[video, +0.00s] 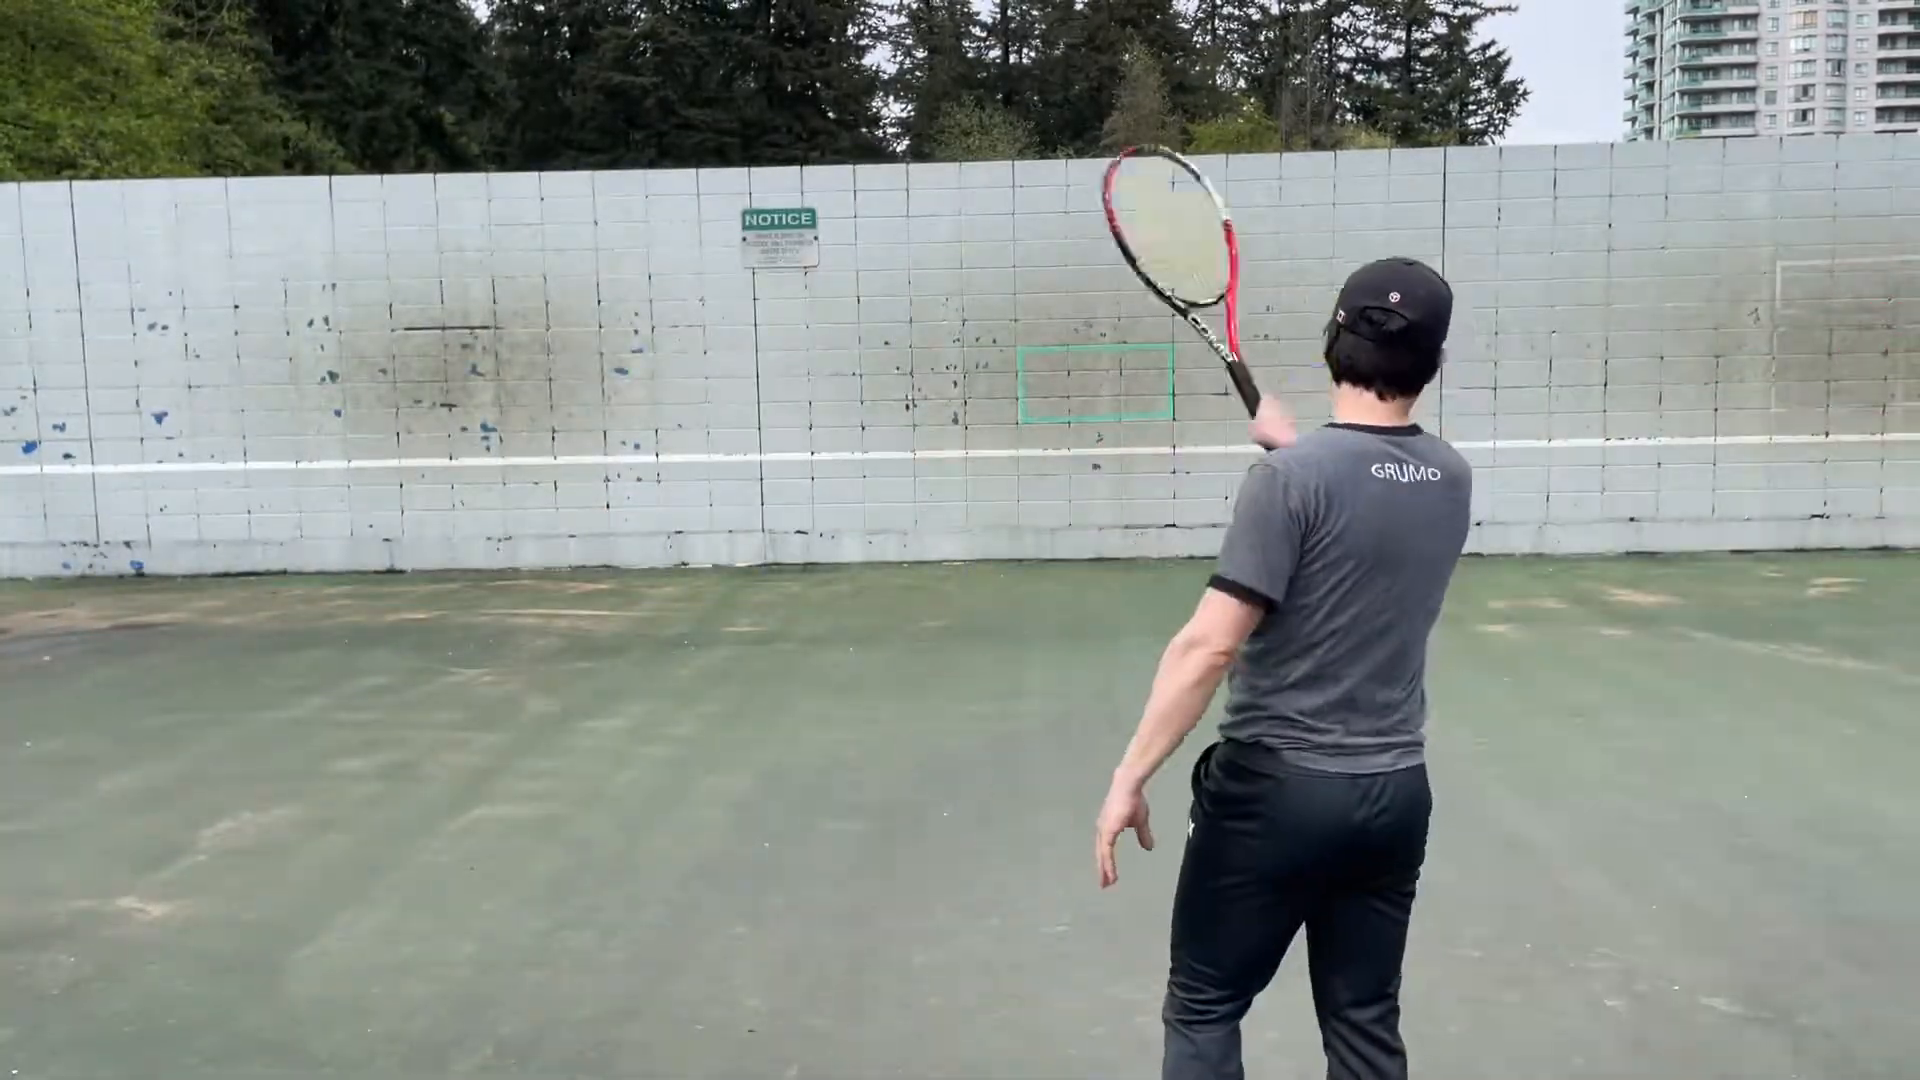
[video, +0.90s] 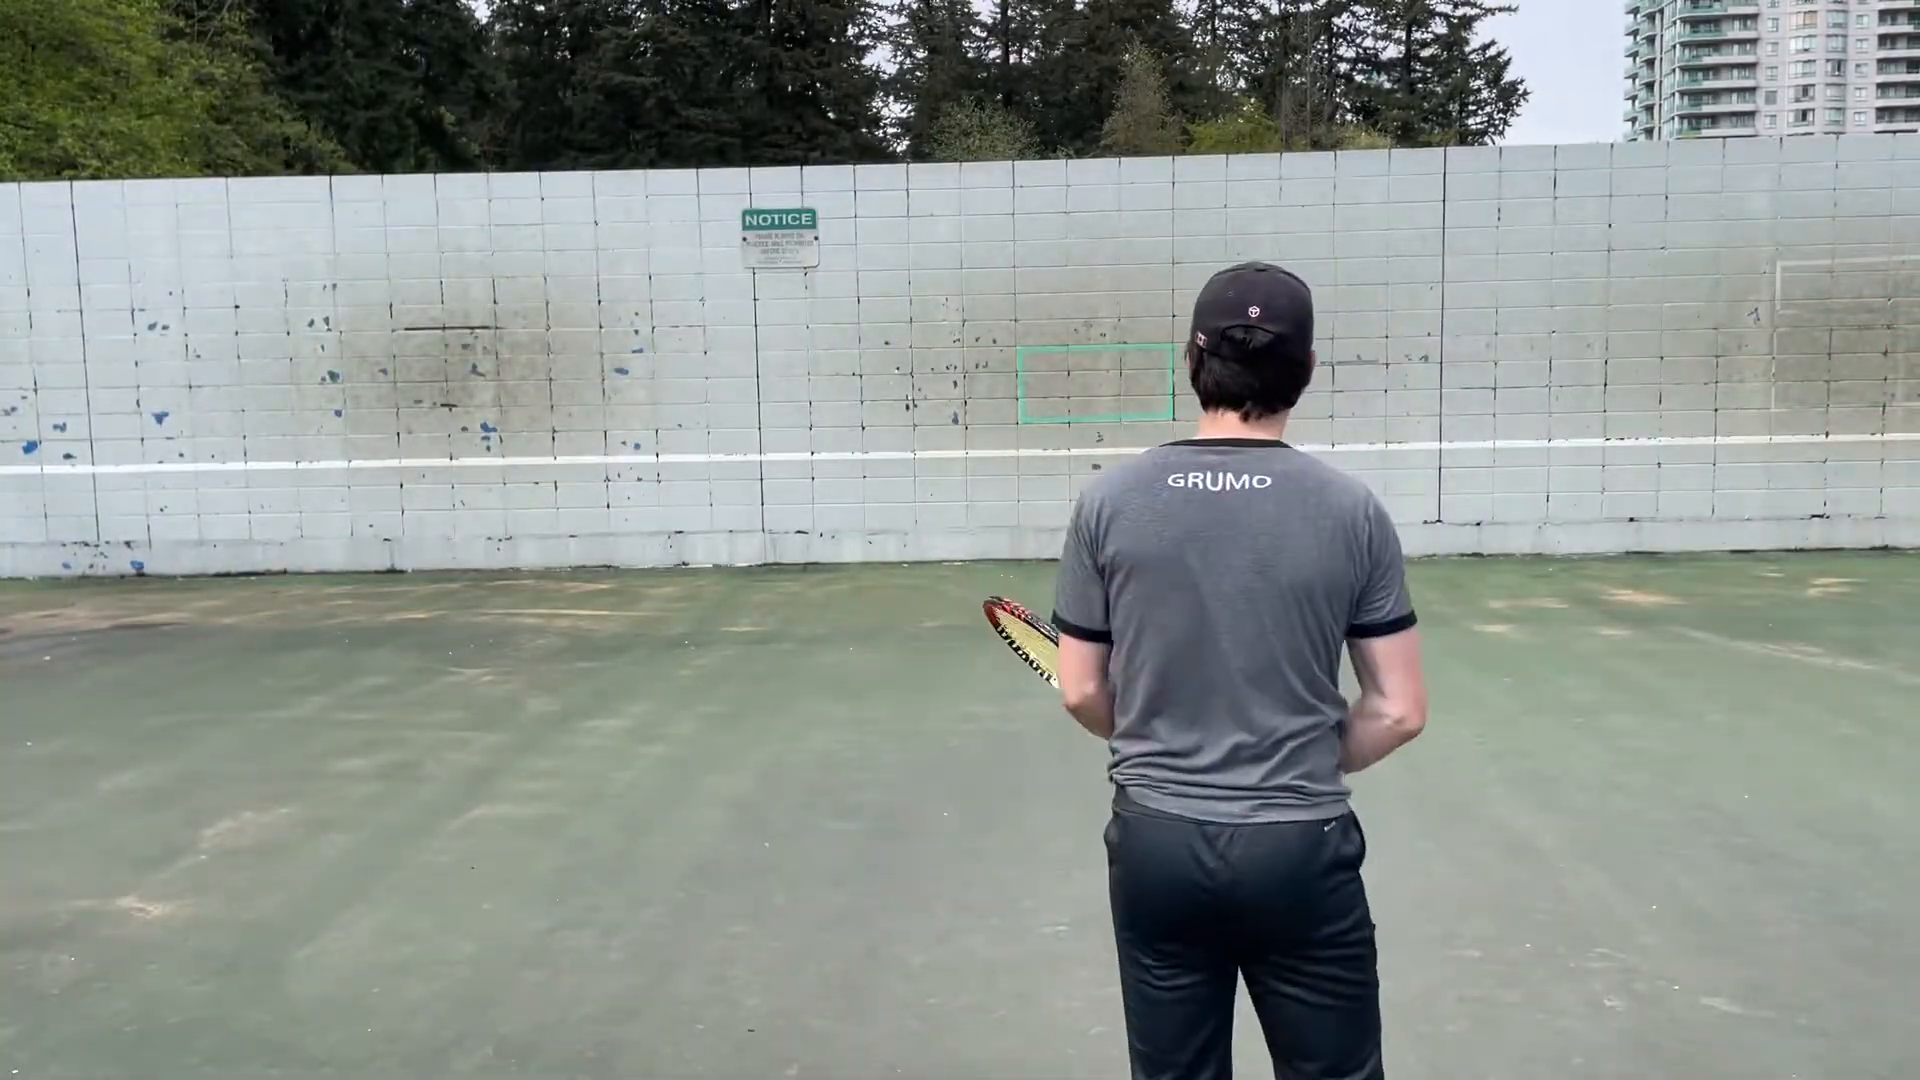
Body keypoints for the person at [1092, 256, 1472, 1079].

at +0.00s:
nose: (1339, 342)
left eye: (1338, 329)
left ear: (1335, 339)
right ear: (1435, 361)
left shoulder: (1289, 473)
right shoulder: (1449, 476)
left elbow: (1208, 646)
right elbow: (1371, 517)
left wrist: (1131, 777)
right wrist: (1293, 448)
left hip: (1274, 791)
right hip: (1391, 795)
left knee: (1203, 1008)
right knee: (1366, 1020)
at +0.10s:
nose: (1317, 330)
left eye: (1322, 317)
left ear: (1325, 334)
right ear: (1424, 351)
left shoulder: (1303, 484)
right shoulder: (1436, 452)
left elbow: (1240, 664)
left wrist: (1170, 781)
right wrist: (1214, 356)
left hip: (1284, 787)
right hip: (1394, 786)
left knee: (1211, 1014)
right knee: (1366, 1018)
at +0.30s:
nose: (1275, 335)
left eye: (1279, 324)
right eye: (1288, 323)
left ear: (1285, 341)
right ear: (1386, 350)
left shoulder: (1293, 491)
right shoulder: (1405, 450)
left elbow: (1258, 680)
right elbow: (1242, 423)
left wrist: (1164, 750)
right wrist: (1109, 426)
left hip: (1282, 792)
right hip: (1386, 785)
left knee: (1202, 1027)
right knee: (1361, 1024)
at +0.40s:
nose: (1248, 337)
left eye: (1252, 326)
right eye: (1258, 325)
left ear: (1257, 345)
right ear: (1358, 353)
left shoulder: (1266, 496)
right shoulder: (1384, 458)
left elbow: (1239, 686)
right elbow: (1241, 496)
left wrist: (1148, 730)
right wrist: (1110, 517)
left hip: (1265, 801)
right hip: (1373, 791)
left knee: (1195, 1041)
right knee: (1352, 1028)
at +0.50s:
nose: (1211, 348)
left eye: (1215, 338)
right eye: (1223, 335)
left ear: (1222, 357)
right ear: (1326, 364)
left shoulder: (1218, 496)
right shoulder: (1365, 479)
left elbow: (1205, 693)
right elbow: (1288, 606)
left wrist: (1130, 720)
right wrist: (1152, 634)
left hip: (1234, 816)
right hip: (1349, 808)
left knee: (1200, 1056)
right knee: (1334, 1029)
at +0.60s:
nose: (1186, 356)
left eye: (1187, 345)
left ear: (1191, 363)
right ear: (1298, 370)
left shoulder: (1161, 496)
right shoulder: (1350, 493)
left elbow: (1149, 683)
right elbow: (1361, 660)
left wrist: (1096, 715)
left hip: (1203, 827)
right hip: (1328, 822)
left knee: (1194, 1065)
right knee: (1332, 1047)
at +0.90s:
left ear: (1193, 361)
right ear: (1305, 373)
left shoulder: (1111, 498)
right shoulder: (1350, 509)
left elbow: (1082, 692)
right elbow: (1397, 709)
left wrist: (1152, 729)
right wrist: (1296, 759)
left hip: (1158, 858)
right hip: (1301, 862)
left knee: (1173, 1072)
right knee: (1337, 1070)